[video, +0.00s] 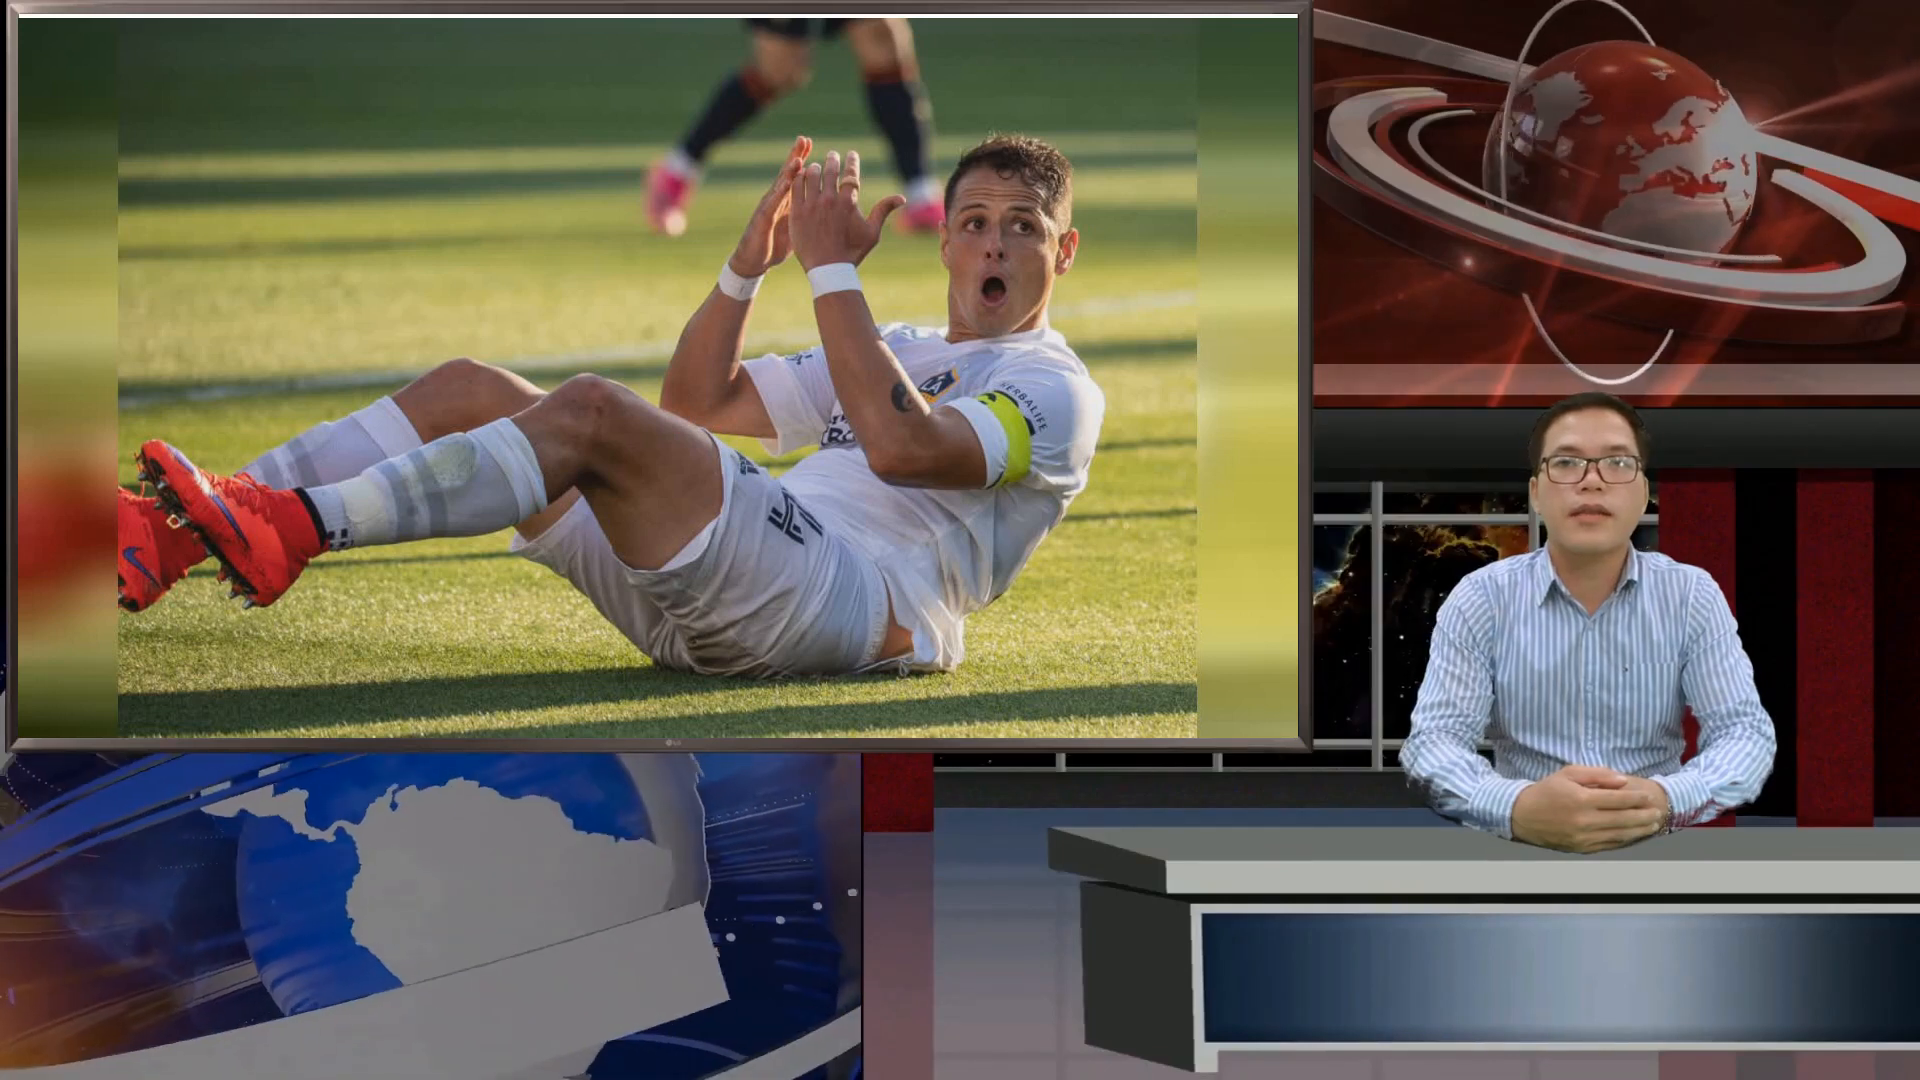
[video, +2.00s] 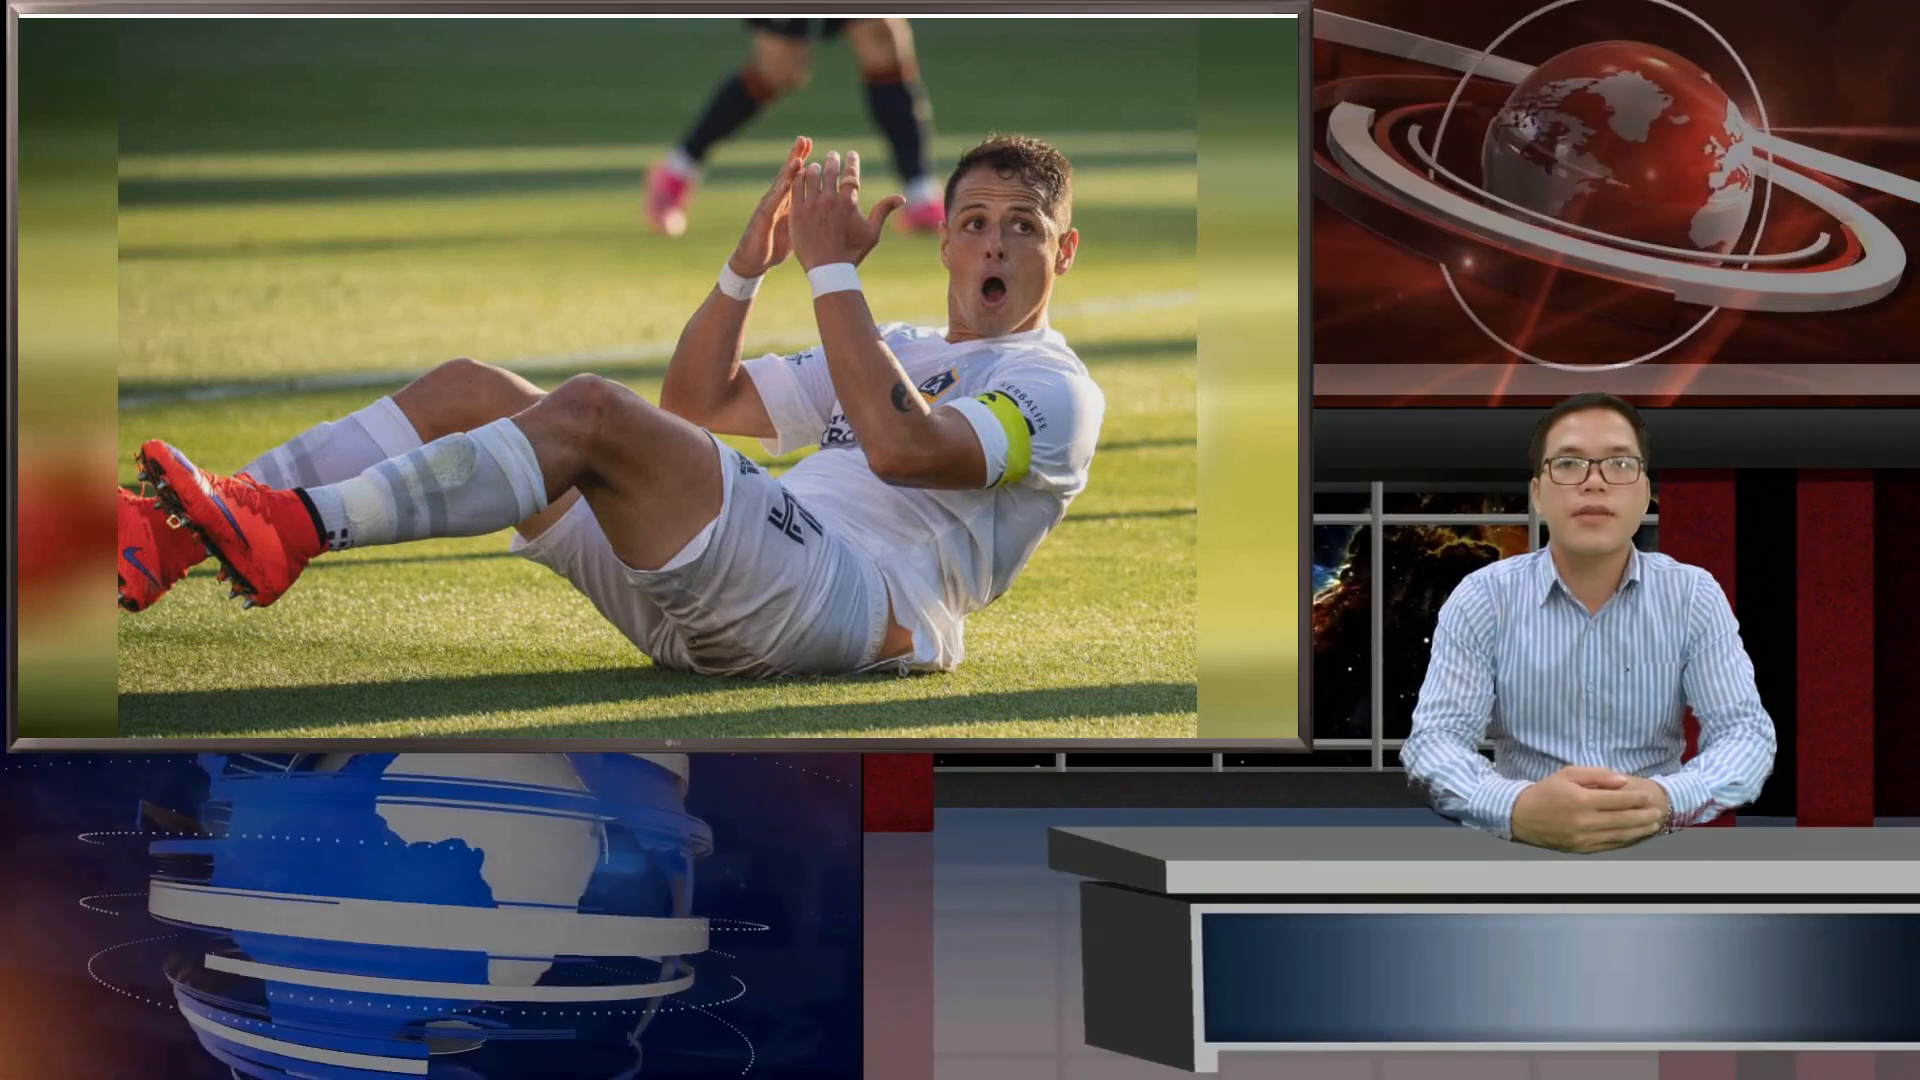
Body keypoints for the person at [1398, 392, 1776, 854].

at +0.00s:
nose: (1592, 481)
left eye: (1616, 463)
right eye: (1567, 463)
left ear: (1644, 494)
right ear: (1536, 494)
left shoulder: (1688, 597)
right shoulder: (1483, 601)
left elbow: (1744, 735)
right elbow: (1432, 746)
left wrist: (1667, 800)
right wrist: (1515, 808)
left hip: (1657, 853)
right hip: (1520, 857)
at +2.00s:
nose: (1594, 482)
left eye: (1618, 464)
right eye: (1568, 464)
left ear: (1646, 495)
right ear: (1538, 495)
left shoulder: (1690, 598)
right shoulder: (1484, 601)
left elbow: (1744, 735)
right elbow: (1432, 745)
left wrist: (1667, 800)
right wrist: (1515, 809)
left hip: (1654, 849)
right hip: (1517, 853)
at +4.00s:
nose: (1595, 482)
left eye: (1619, 464)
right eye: (1569, 464)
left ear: (1646, 495)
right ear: (1538, 496)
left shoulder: (1691, 598)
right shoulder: (1484, 601)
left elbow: (1745, 735)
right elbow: (1433, 745)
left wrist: (1667, 800)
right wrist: (1514, 809)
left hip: (1657, 854)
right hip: (1520, 857)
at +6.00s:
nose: (1596, 483)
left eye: (1620, 464)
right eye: (1571, 464)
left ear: (1647, 495)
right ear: (1539, 496)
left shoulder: (1691, 598)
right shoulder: (1485, 601)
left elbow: (1745, 735)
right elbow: (1433, 745)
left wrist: (1667, 799)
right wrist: (1514, 809)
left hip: (1656, 853)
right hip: (1520, 857)